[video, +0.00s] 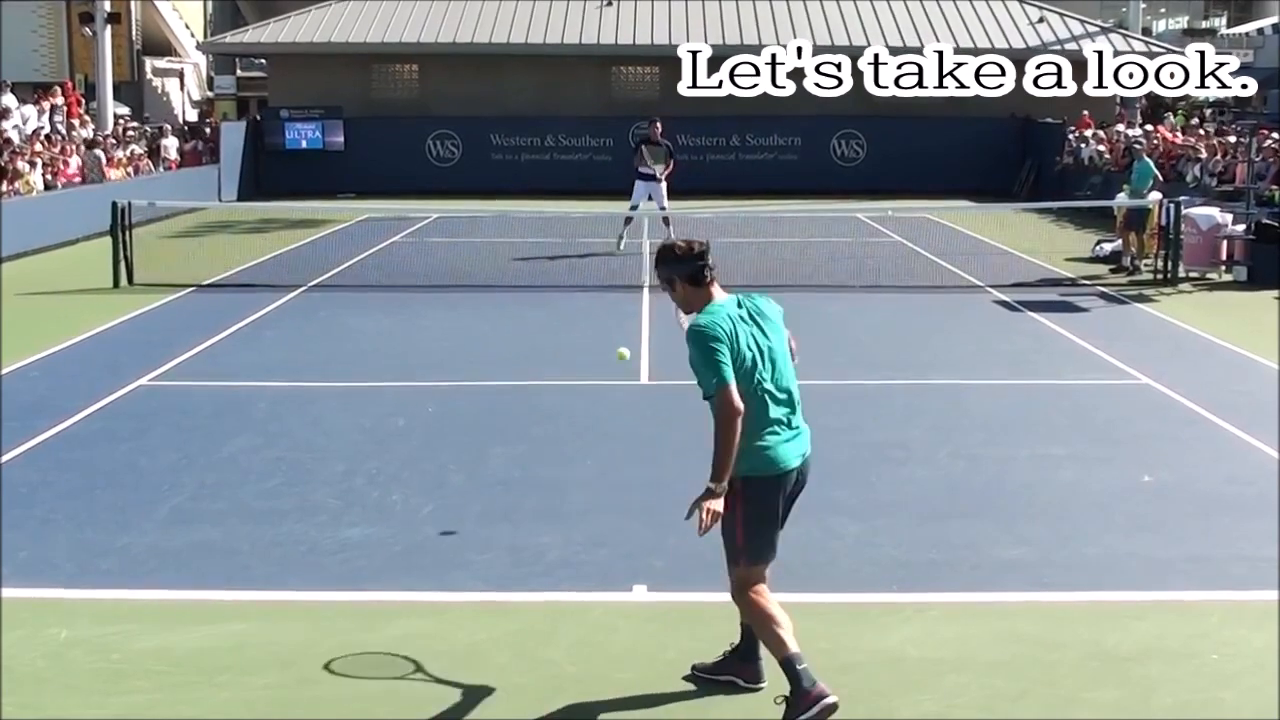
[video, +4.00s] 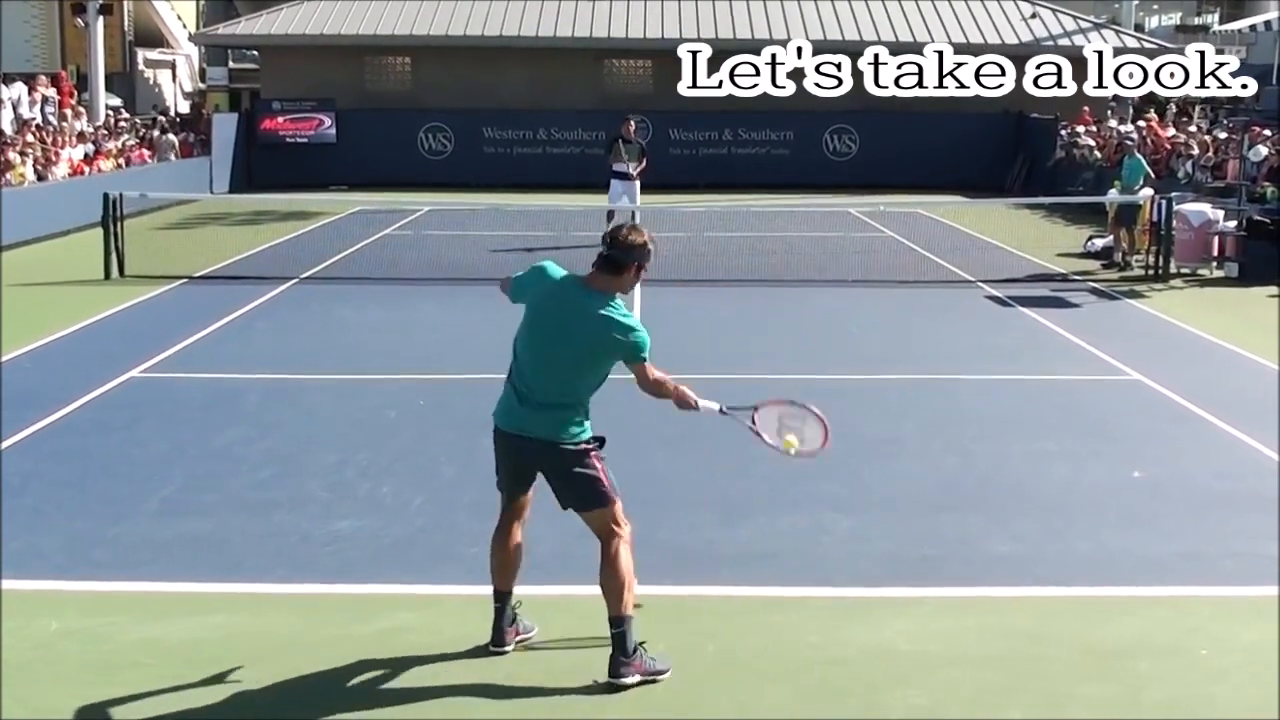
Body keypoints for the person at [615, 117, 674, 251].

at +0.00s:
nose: (656, 131)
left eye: (658, 128)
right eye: (653, 128)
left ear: (661, 130)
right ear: (649, 129)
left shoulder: (666, 145)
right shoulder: (641, 144)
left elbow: (671, 163)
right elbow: (637, 163)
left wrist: (663, 175)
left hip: (658, 181)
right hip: (642, 180)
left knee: (664, 209)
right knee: (633, 208)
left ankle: (670, 236)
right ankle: (622, 235)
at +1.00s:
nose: (653, 141)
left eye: (654, 137)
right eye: (650, 139)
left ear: (658, 137)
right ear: (647, 141)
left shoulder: (668, 150)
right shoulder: (648, 154)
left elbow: (688, 157)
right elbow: (652, 169)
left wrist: (697, 173)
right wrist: (646, 176)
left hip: (670, 188)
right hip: (653, 188)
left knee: (671, 216)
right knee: (648, 215)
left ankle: (673, 244)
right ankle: (651, 238)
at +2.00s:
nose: (644, 141)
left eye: (646, 138)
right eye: (641, 139)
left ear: (649, 141)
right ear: (636, 141)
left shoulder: (654, 156)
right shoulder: (631, 155)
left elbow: (658, 173)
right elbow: (623, 173)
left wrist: (651, 182)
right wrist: (633, 171)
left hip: (647, 189)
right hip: (632, 189)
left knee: (651, 217)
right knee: (628, 217)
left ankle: (653, 244)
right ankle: (620, 244)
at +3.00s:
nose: (617, 140)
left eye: (620, 137)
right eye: (615, 136)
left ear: (622, 140)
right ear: (610, 137)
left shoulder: (623, 156)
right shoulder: (598, 151)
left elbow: (621, 170)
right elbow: (589, 163)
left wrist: (617, 179)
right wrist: (587, 170)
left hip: (614, 184)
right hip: (600, 184)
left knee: (623, 213)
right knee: (599, 214)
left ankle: (630, 241)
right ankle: (594, 243)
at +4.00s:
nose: (629, 128)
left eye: (631, 126)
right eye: (627, 126)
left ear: (634, 128)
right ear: (622, 128)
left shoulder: (640, 144)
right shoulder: (615, 142)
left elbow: (643, 161)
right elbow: (609, 159)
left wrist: (636, 171)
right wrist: (620, 160)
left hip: (633, 178)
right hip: (617, 178)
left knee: (635, 206)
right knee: (612, 205)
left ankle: (635, 230)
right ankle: (608, 229)